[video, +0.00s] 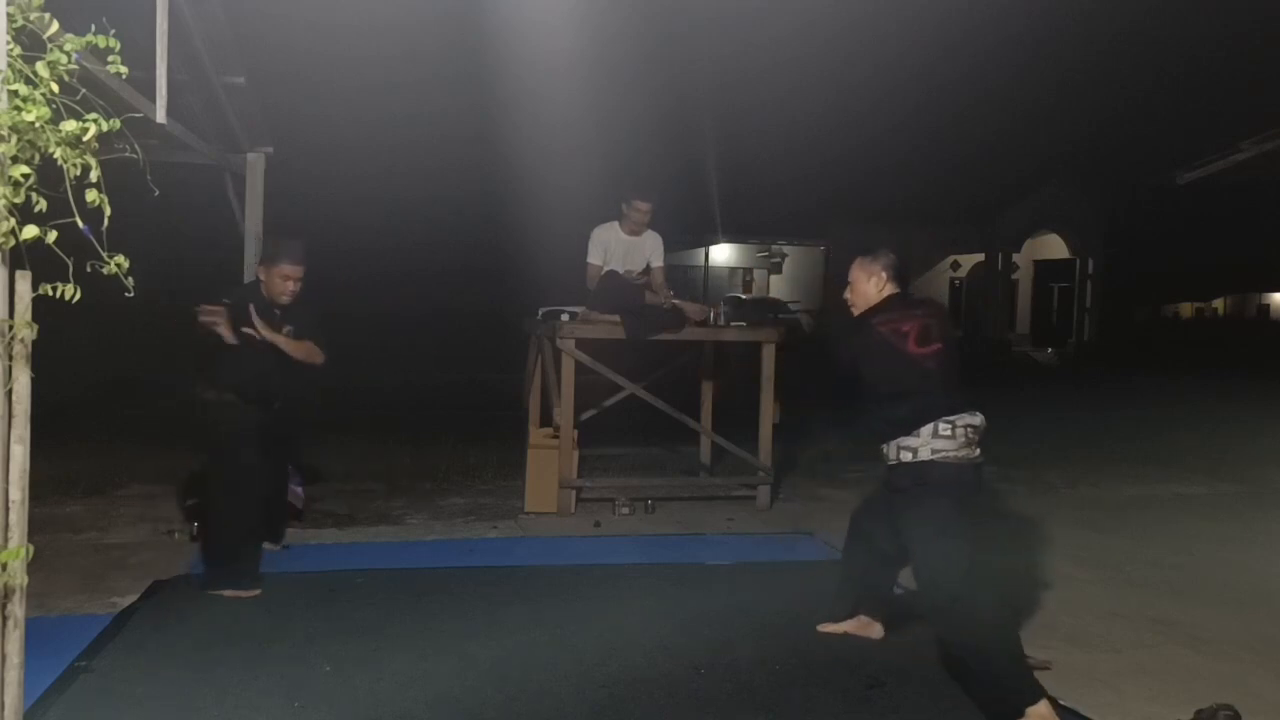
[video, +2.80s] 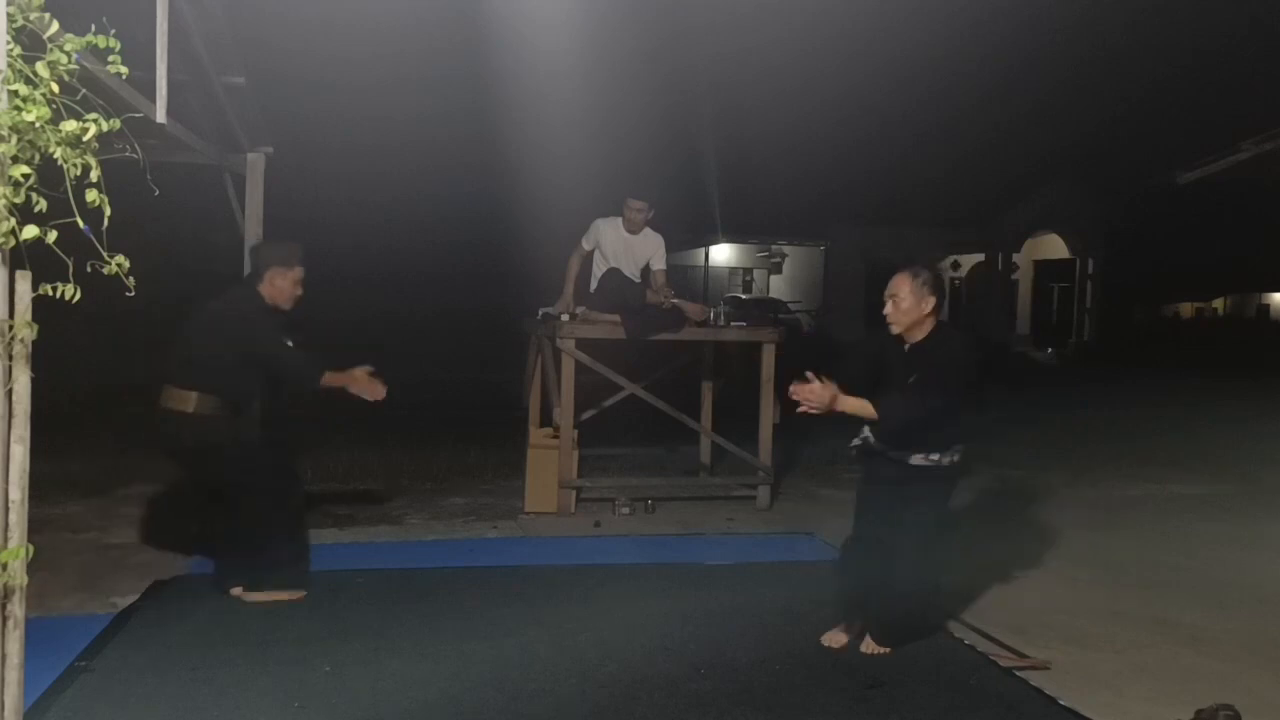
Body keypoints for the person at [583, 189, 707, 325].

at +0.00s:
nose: (643, 218)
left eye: (648, 213)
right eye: (638, 211)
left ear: (652, 213)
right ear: (624, 209)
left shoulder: (654, 240)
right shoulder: (602, 234)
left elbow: (659, 283)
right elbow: (592, 283)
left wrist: (667, 298)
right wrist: (622, 282)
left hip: (637, 302)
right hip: (603, 301)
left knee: (676, 317)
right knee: (611, 278)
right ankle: (679, 306)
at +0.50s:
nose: (631, 216)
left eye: (638, 212)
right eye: (628, 210)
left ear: (649, 214)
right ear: (623, 209)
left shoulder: (656, 242)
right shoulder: (602, 232)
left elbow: (660, 283)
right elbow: (583, 275)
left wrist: (668, 298)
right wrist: (617, 276)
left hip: (636, 302)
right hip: (602, 300)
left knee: (673, 316)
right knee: (612, 278)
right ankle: (679, 306)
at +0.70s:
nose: (624, 217)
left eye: (630, 213)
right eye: (622, 211)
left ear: (644, 214)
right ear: (618, 209)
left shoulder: (655, 241)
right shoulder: (601, 230)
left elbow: (660, 282)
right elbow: (579, 267)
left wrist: (669, 296)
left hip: (634, 301)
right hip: (601, 299)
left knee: (673, 317)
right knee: (612, 278)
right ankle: (679, 306)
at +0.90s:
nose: (618, 217)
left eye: (624, 213)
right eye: (616, 212)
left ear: (639, 214)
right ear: (612, 210)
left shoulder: (653, 240)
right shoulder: (598, 229)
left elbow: (659, 282)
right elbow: (573, 263)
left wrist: (669, 298)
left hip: (633, 301)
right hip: (600, 299)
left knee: (675, 317)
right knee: (612, 275)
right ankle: (680, 306)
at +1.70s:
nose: (627, 214)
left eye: (634, 210)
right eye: (625, 208)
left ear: (648, 212)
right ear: (620, 207)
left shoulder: (655, 241)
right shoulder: (600, 227)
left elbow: (659, 282)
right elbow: (577, 256)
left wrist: (668, 296)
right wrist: (569, 294)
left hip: (634, 301)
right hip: (600, 299)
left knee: (675, 317)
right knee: (613, 276)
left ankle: (604, 316)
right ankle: (681, 306)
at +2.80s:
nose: (632, 216)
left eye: (640, 212)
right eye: (629, 210)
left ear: (650, 214)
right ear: (623, 208)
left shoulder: (655, 241)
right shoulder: (601, 227)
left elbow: (660, 284)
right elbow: (577, 256)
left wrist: (669, 297)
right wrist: (567, 295)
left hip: (634, 301)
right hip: (601, 298)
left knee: (674, 317)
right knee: (613, 276)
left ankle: (603, 317)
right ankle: (679, 306)